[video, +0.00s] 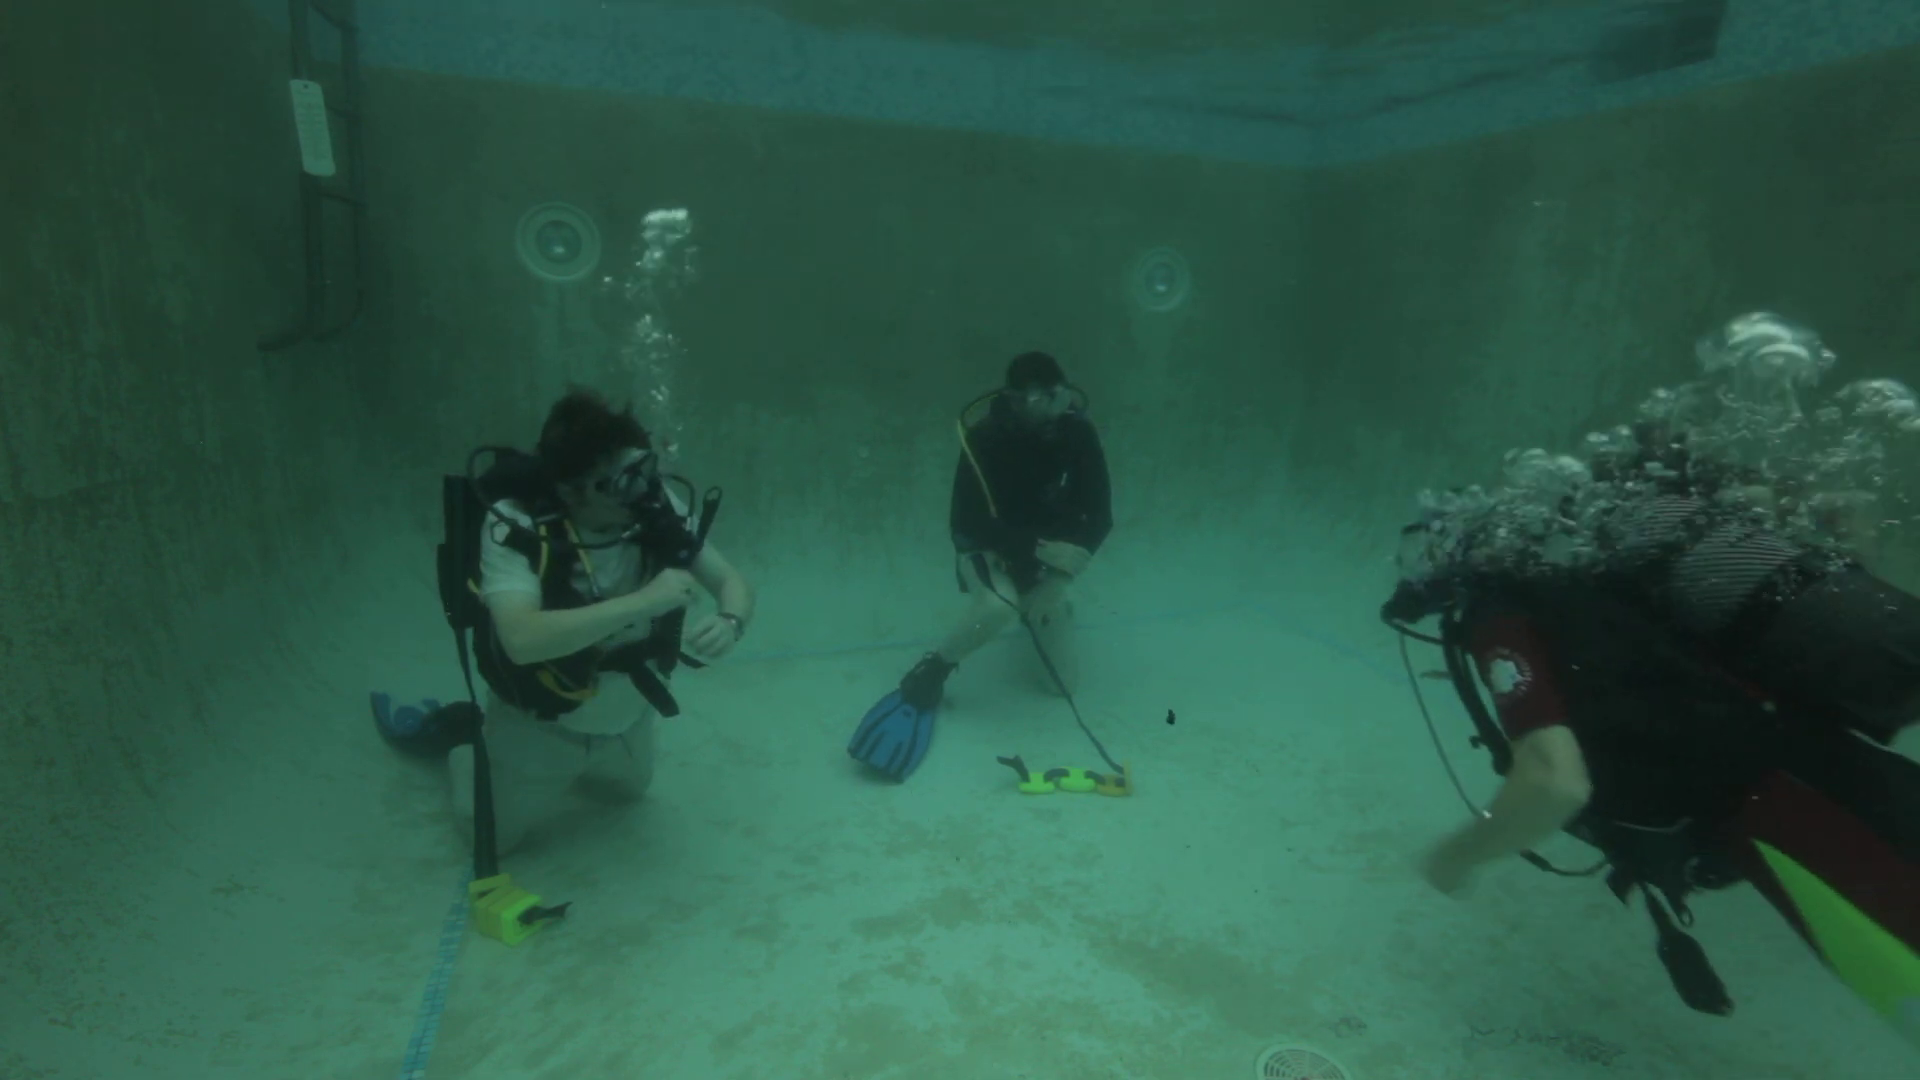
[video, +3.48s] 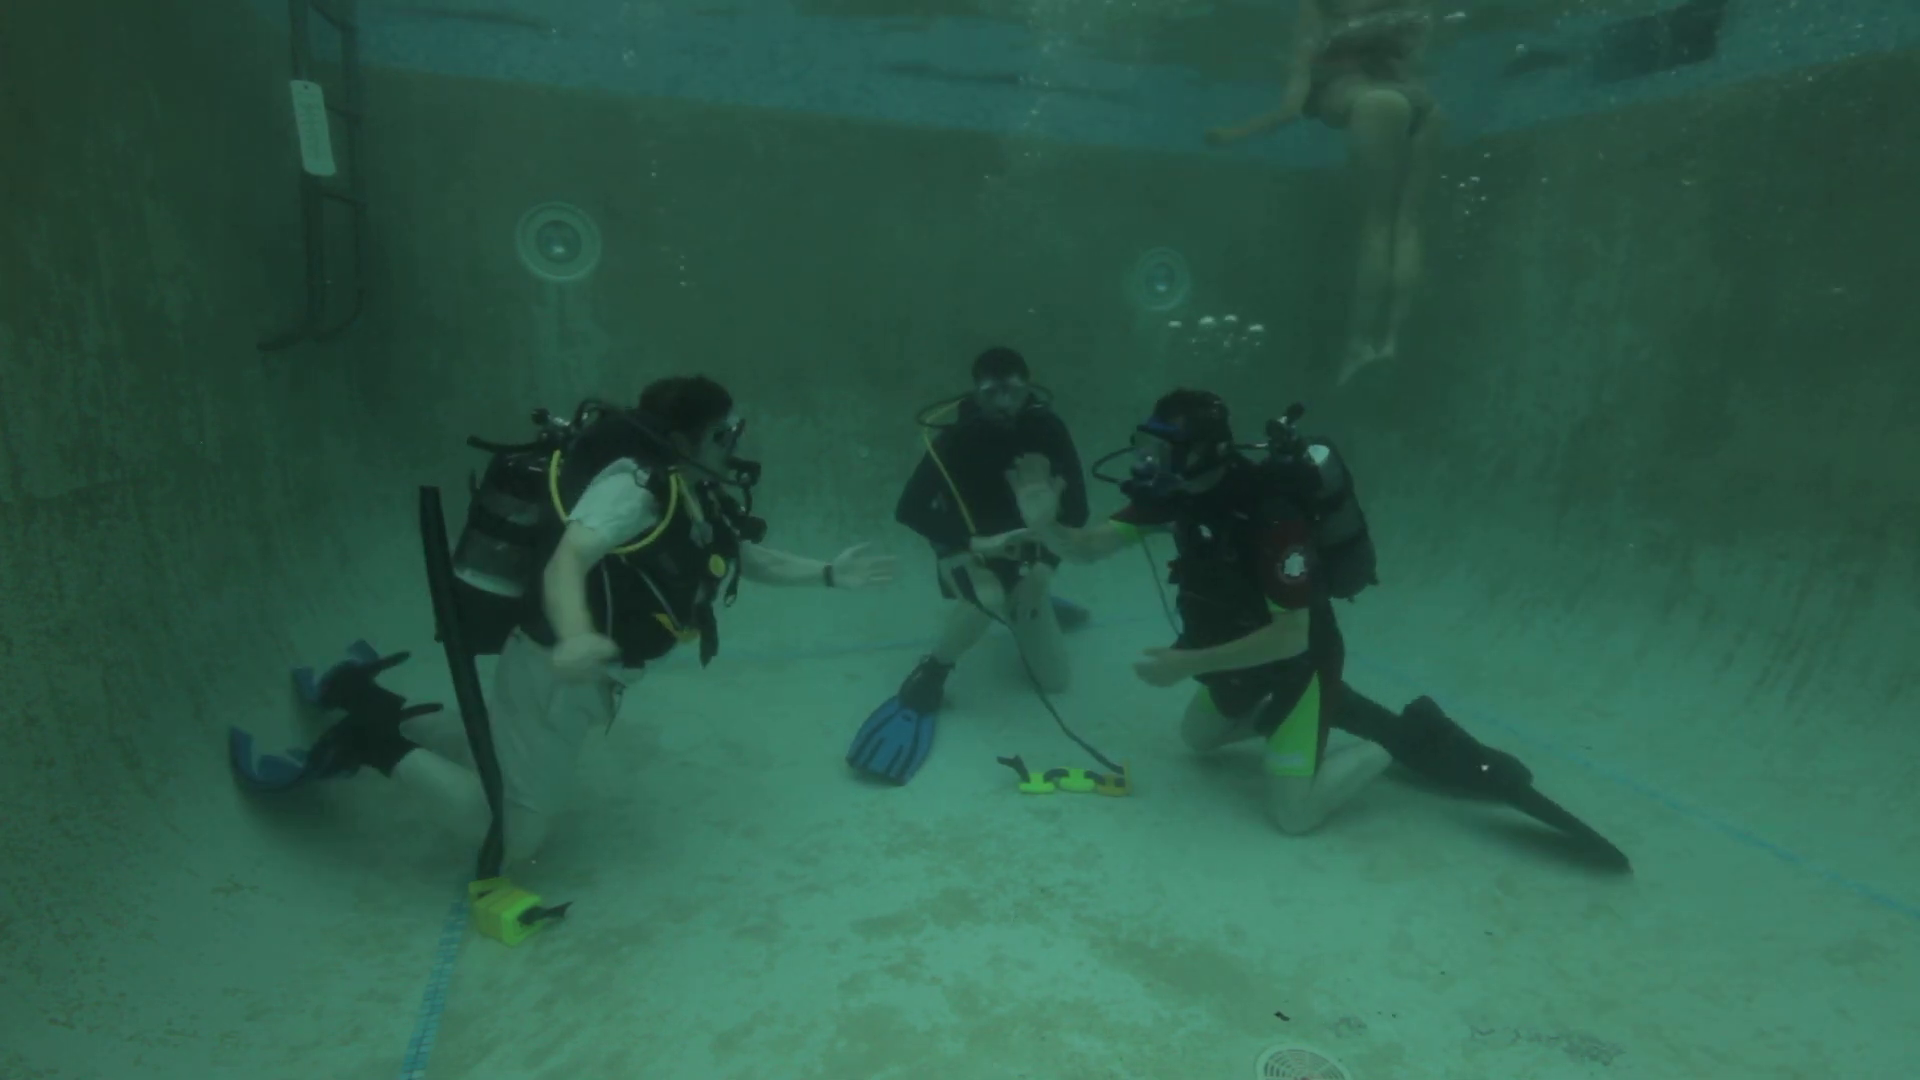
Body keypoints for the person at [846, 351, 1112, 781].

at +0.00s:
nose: (1050, 407)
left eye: (1054, 396)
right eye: (1040, 398)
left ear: (1063, 393)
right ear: (1016, 398)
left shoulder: (1077, 431)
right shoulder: (987, 434)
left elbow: (1098, 512)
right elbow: (973, 520)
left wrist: (1059, 579)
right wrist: (1035, 554)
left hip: (1052, 548)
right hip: (991, 544)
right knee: (998, 607)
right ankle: (930, 673)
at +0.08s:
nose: (1054, 405)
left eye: (1054, 395)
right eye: (1044, 398)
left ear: (1059, 393)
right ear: (1017, 399)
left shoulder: (1076, 432)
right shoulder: (987, 435)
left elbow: (1097, 514)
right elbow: (972, 519)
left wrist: (1056, 582)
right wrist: (1035, 553)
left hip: (1051, 553)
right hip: (991, 547)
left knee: (1064, 678)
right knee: (997, 606)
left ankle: (1049, 608)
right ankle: (931, 673)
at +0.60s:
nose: (1051, 412)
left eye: (1053, 401)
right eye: (1041, 403)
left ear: (1056, 396)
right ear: (1011, 400)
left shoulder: (1069, 432)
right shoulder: (979, 438)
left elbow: (1092, 514)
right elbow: (972, 524)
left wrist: (1053, 582)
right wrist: (1038, 551)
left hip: (1045, 549)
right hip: (984, 546)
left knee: (1061, 678)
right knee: (998, 607)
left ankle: (1047, 605)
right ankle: (932, 672)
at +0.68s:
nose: (1055, 408)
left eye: (1054, 397)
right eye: (1045, 399)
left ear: (1051, 395)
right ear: (1014, 401)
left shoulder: (1068, 431)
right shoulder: (979, 438)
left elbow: (1091, 514)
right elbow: (972, 523)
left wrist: (1053, 579)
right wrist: (1036, 551)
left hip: (1046, 543)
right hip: (985, 541)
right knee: (997, 607)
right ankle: (933, 672)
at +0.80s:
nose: (1035, 412)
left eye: (1041, 399)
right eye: (1024, 402)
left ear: (1051, 394)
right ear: (1002, 401)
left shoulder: (1067, 433)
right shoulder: (976, 439)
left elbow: (1089, 515)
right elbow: (969, 524)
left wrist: (1050, 582)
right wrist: (1034, 551)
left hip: (1046, 550)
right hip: (985, 546)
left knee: (1061, 677)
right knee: (994, 608)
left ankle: (1044, 605)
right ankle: (933, 672)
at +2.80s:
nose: (1014, 405)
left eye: (1022, 395)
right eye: (1004, 395)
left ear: (1035, 393)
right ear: (985, 396)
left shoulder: (1052, 431)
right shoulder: (964, 438)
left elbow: (1078, 510)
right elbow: (946, 519)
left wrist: (1046, 570)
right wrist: (1018, 533)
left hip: (1030, 557)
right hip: (968, 551)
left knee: (1053, 680)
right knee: (992, 600)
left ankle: (1034, 606)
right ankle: (930, 675)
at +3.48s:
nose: (1004, 400)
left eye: (1013, 390)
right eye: (992, 391)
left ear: (1028, 389)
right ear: (976, 392)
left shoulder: (1047, 430)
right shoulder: (957, 439)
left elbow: (1074, 504)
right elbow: (909, 508)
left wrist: (1046, 564)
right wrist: (970, 542)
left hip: (1029, 551)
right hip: (965, 553)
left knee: (1054, 679)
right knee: (987, 598)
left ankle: (1036, 610)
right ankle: (933, 672)